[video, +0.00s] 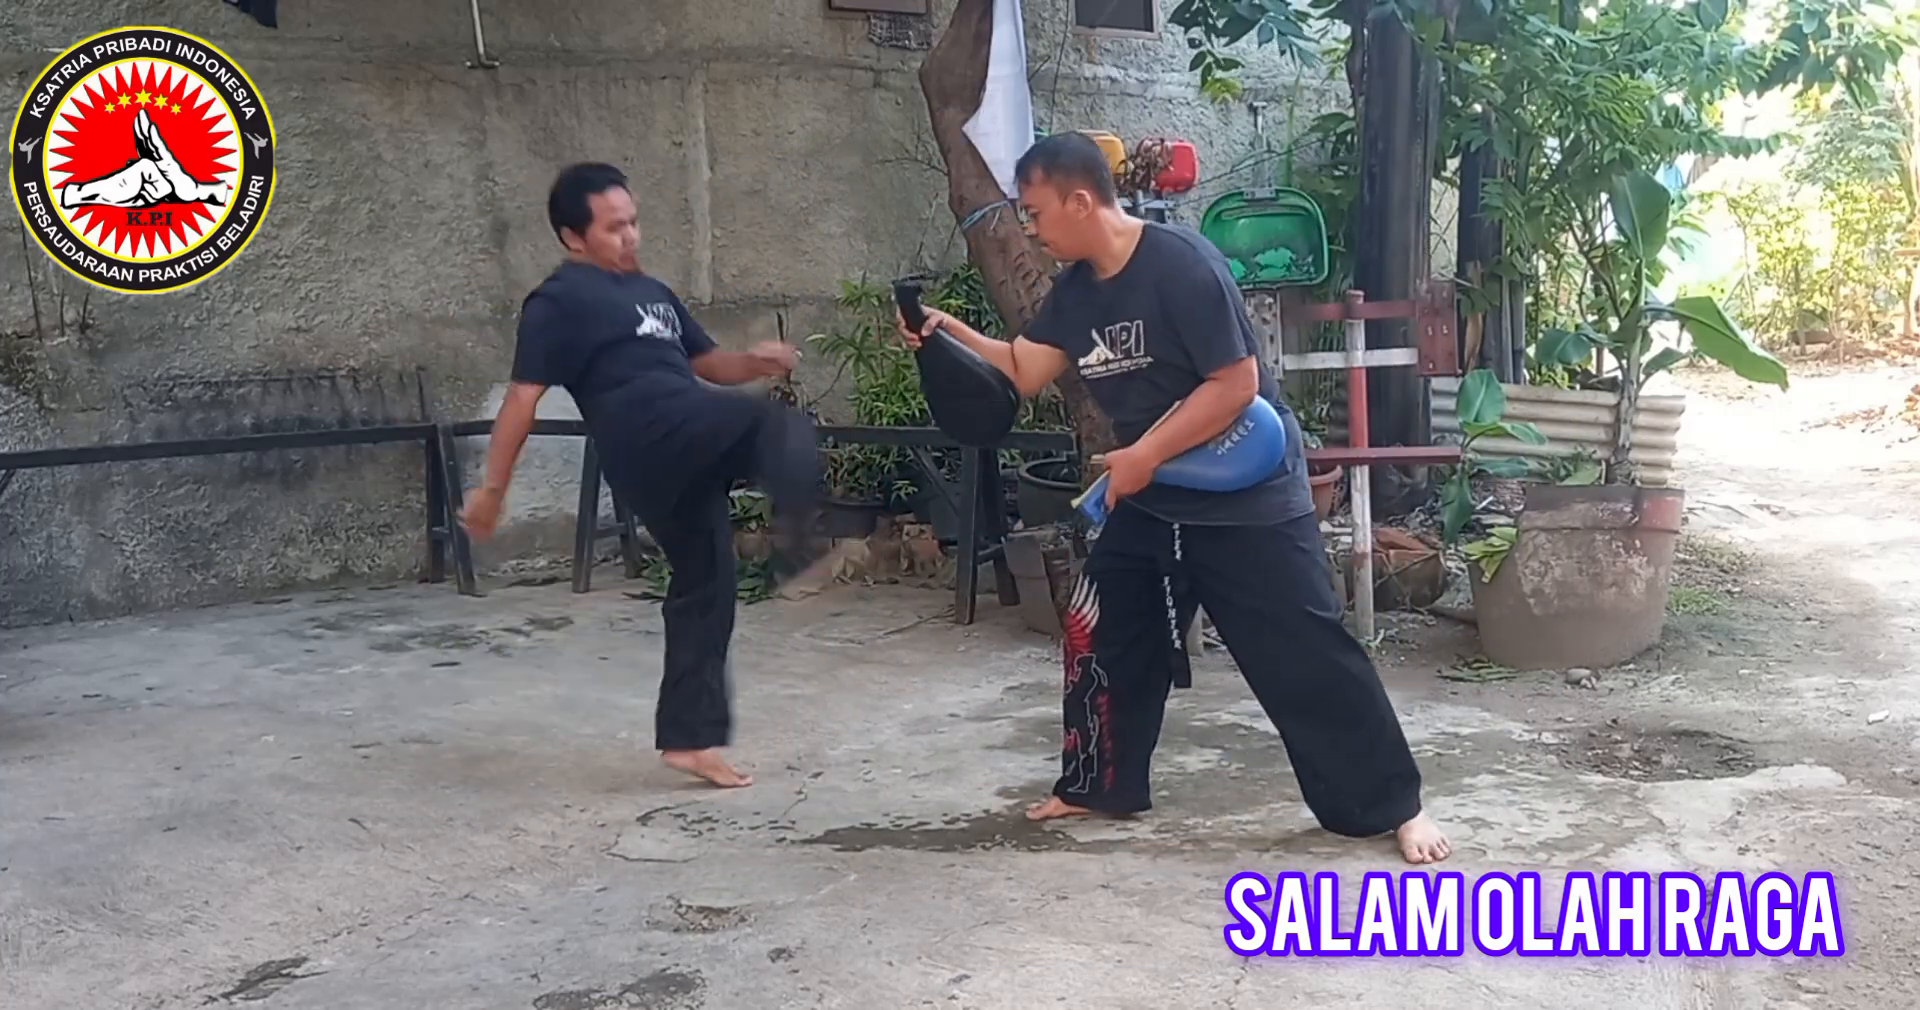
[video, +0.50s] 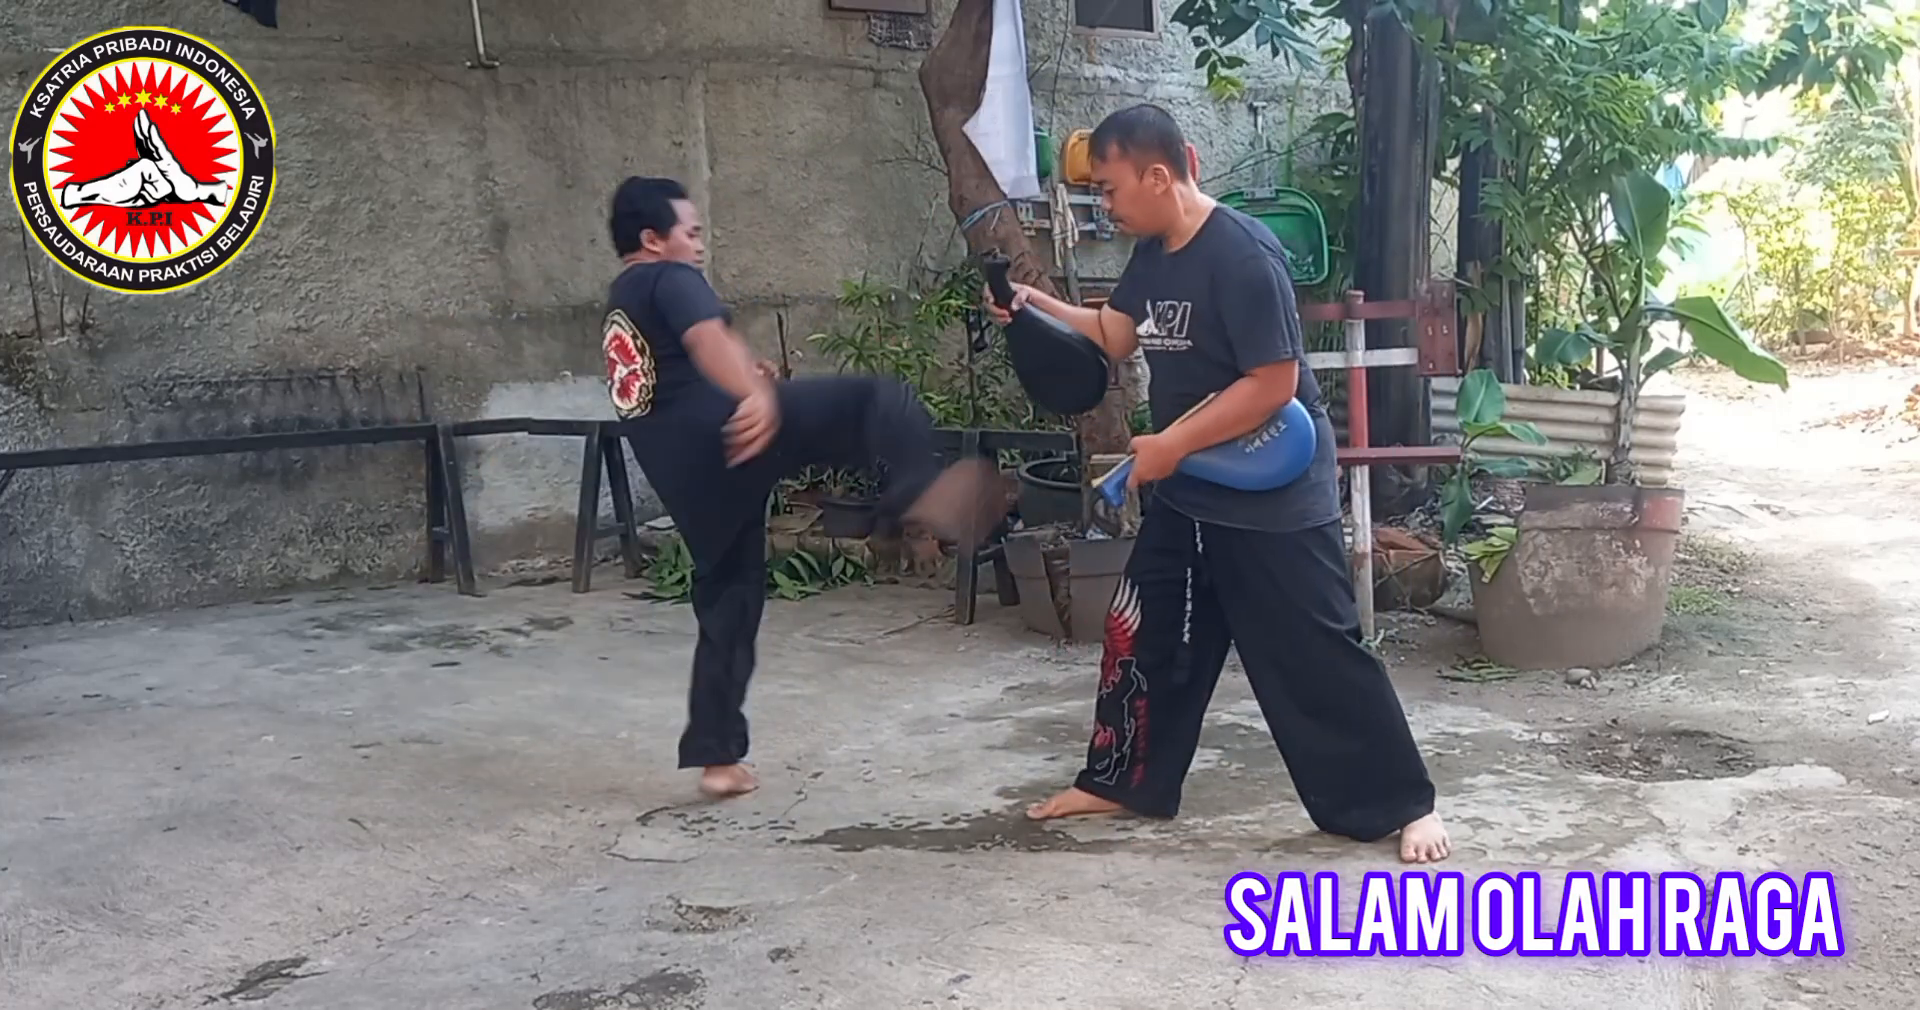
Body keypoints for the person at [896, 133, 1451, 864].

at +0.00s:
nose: (1031, 230)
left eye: (1035, 213)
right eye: (1026, 215)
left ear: (1083, 200)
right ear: (1073, 205)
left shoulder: (1183, 262)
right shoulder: (1071, 288)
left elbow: (1235, 383)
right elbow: (1023, 369)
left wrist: (1146, 453)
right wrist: (946, 330)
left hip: (1246, 493)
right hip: (1147, 494)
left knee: (1311, 641)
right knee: (1108, 637)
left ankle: (1400, 805)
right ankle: (1105, 785)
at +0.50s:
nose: (1105, 206)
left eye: (1111, 188)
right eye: (1101, 191)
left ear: (1168, 175)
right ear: (1157, 181)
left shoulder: (1245, 255)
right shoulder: (1152, 252)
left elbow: (1274, 383)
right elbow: (1114, 333)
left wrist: (1172, 442)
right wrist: (1038, 303)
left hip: (1273, 499)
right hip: (1185, 492)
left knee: (1323, 652)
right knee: (1149, 637)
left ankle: (1410, 806)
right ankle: (1121, 781)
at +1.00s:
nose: (1206, 143)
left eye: (1215, 126)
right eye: (1204, 127)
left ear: (1268, 123)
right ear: (1253, 126)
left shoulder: (1339, 217)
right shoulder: (1261, 211)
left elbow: (1373, 351)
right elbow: (1277, 342)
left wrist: (1282, 437)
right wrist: (1254, 442)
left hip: (1341, 481)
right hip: (1270, 475)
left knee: (1368, 650)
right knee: (1240, 627)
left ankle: (1412, 810)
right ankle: (1208, 769)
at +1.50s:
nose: (1103, 175)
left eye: (1109, 156)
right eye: (1096, 161)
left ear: (1159, 141)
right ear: (1132, 151)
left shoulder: (1256, 217)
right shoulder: (1127, 231)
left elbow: (1308, 335)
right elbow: (1150, 337)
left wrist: (1250, 425)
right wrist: (1145, 414)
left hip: (1275, 472)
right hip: (1176, 474)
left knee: (1309, 633)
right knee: (1176, 630)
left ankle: (1356, 797)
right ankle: (1179, 781)